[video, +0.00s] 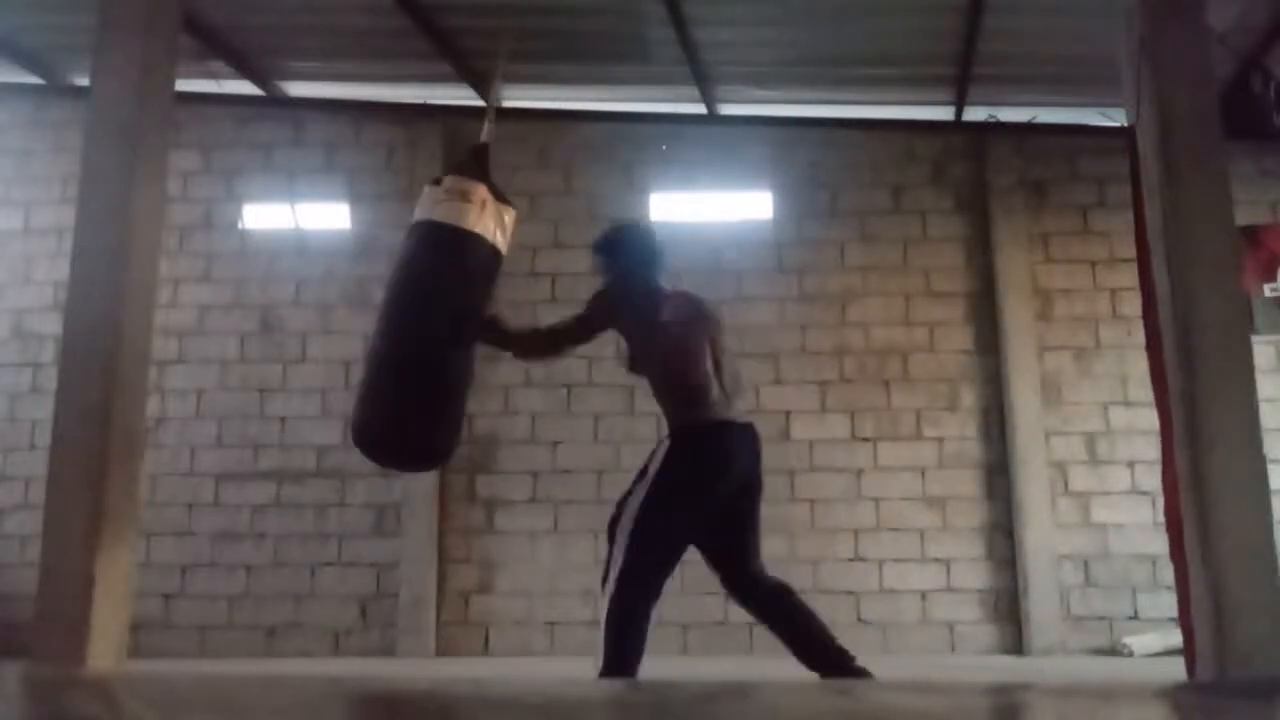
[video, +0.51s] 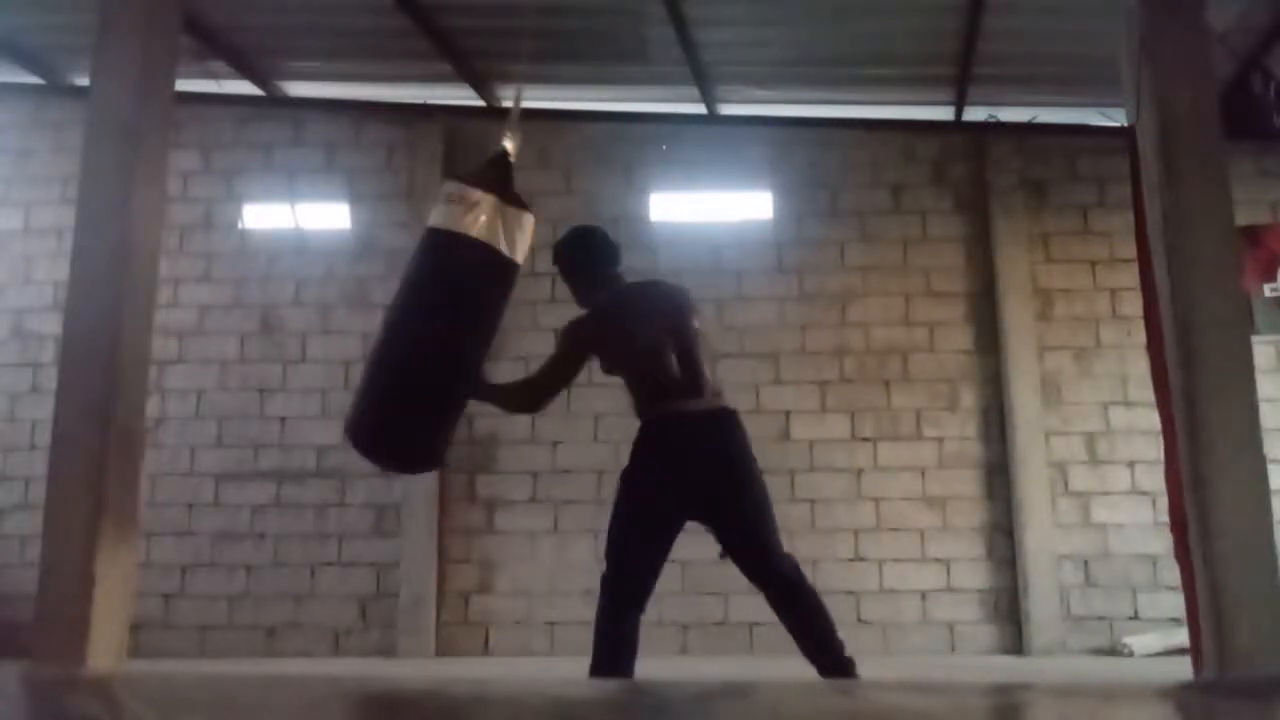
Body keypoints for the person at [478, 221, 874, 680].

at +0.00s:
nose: (604, 277)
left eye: (608, 267)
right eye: (605, 267)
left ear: (623, 264)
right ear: (652, 262)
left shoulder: (622, 300)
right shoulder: (694, 306)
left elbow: (544, 344)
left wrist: (487, 331)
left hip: (693, 448)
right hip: (738, 445)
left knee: (635, 569)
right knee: (744, 577)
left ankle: (614, 692)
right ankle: (844, 672)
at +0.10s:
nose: (585, 285)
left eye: (590, 274)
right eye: (584, 275)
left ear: (614, 269)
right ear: (627, 264)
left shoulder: (654, 308)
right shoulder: (665, 305)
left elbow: (624, 378)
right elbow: (612, 356)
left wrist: (551, 348)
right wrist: (545, 341)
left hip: (693, 446)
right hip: (728, 445)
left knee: (632, 554)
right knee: (743, 580)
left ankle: (613, 686)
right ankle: (848, 679)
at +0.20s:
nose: (575, 293)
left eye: (579, 280)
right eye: (574, 281)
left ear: (605, 277)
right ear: (618, 274)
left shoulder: (656, 322)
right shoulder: (641, 329)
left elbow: (704, 395)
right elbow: (577, 361)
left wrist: (633, 404)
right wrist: (506, 333)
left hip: (682, 457)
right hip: (722, 454)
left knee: (612, 570)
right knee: (764, 580)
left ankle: (610, 698)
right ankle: (855, 685)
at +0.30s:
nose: (570, 289)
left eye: (570, 277)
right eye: (567, 278)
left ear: (586, 274)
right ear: (616, 264)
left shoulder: (613, 327)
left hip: (659, 458)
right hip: (717, 451)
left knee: (616, 594)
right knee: (767, 573)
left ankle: (612, 706)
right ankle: (835, 679)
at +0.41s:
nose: (562, 287)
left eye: (561, 277)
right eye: (560, 276)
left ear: (570, 278)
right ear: (610, 259)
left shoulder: (582, 332)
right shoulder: (671, 290)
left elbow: (510, 391)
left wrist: (458, 383)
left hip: (660, 451)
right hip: (721, 442)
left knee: (633, 589)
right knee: (768, 566)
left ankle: (614, 702)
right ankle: (826, 677)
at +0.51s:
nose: (569, 288)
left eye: (568, 277)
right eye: (565, 277)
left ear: (578, 274)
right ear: (613, 259)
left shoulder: (589, 326)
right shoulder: (670, 292)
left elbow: (532, 395)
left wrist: (474, 387)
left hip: (664, 444)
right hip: (722, 435)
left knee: (624, 586)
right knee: (768, 562)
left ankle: (607, 703)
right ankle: (842, 675)